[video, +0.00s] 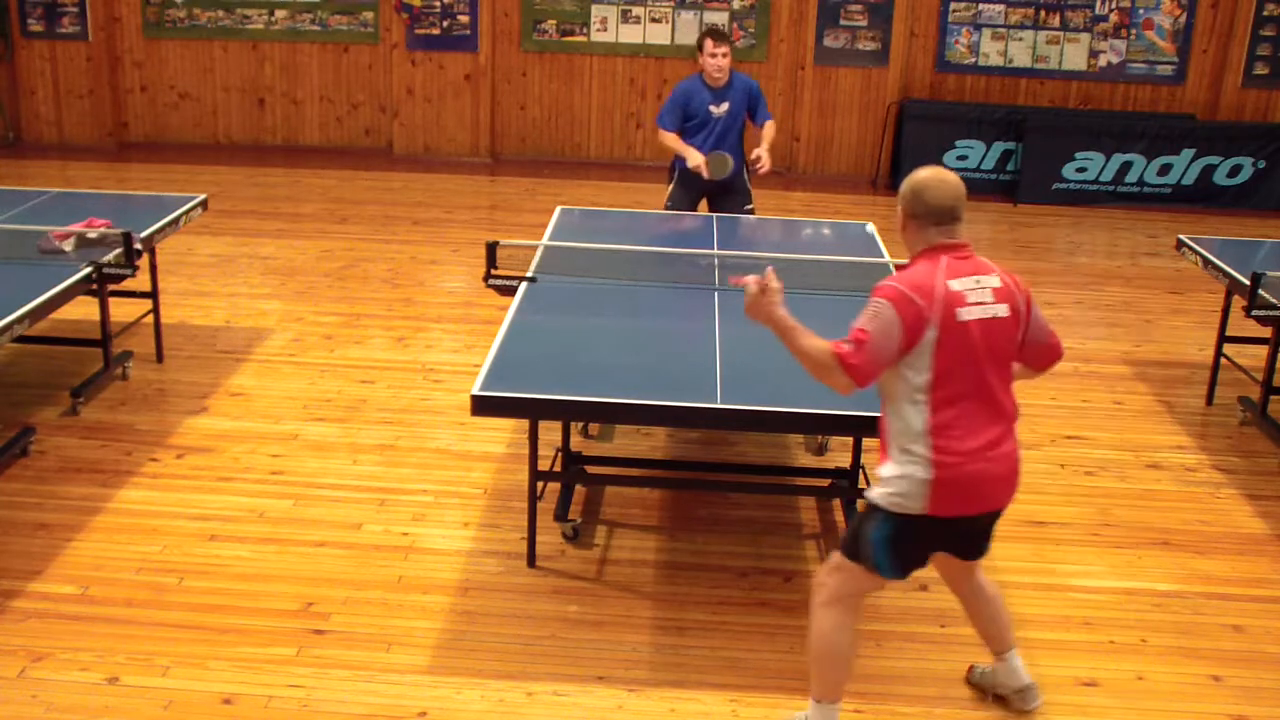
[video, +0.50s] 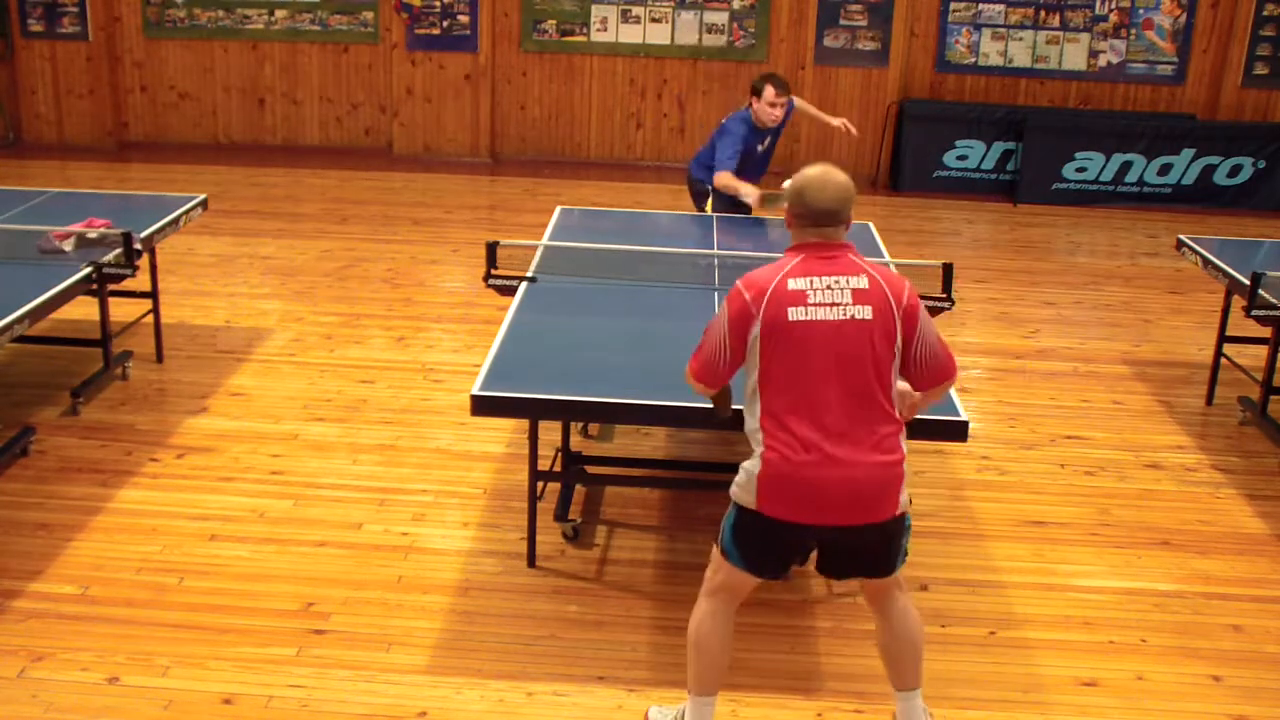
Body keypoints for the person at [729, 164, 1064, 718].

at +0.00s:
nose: (896, 220)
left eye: (898, 212)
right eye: (897, 212)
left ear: (905, 217)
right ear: (962, 217)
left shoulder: (907, 290)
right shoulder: (1003, 282)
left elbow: (846, 371)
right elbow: (1045, 355)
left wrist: (776, 317)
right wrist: (980, 357)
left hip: (922, 484)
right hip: (993, 477)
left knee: (835, 587)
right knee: (960, 565)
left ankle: (822, 710)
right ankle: (1013, 674)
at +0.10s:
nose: (881, 217)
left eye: (883, 210)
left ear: (887, 215)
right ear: (947, 217)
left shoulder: (875, 283)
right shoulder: (983, 288)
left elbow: (812, 368)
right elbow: (1016, 370)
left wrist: (754, 333)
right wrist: (955, 351)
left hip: (877, 481)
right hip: (955, 483)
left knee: (796, 577)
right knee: (927, 573)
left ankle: (804, 707)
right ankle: (946, 696)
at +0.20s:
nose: (858, 217)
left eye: (860, 211)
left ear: (864, 218)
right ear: (924, 220)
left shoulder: (840, 289)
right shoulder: (958, 294)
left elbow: (775, 378)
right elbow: (989, 383)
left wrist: (740, 357)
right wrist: (934, 381)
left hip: (844, 488)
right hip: (928, 490)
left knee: (759, 581)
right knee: (915, 589)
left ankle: (738, 705)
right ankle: (929, 710)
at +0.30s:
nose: (829, 221)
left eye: (831, 214)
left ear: (833, 223)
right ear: (893, 228)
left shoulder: (799, 293)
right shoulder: (930, 304)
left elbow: (744, 384)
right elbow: (965, 392)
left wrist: (729, 371)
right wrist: (921, 400)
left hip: (808, 492)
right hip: (897, 497)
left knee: (732, 594)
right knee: (902, 588)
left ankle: (700, 712)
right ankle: (924, 710)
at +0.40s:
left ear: (806, 220)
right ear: (868, 224)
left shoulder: (773, 289)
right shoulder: (906, 295)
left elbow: (718, 376)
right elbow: (947, 383)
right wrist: (915, 409)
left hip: (786, 493)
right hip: (879, 497)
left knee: (722, 594)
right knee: (892, 587)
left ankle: (697, 713)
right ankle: (909, 711)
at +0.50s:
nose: (784, 214)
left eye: (786, 207)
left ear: (789, 216)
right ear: (850, 218)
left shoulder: (758, 288)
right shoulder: (890, 287)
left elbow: (705, 375)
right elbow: (941, 369)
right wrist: (907, 401)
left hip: (780, 490)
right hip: (874, 492)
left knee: (721, 594)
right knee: (888, 593)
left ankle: (696, 713)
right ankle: (912, 712)